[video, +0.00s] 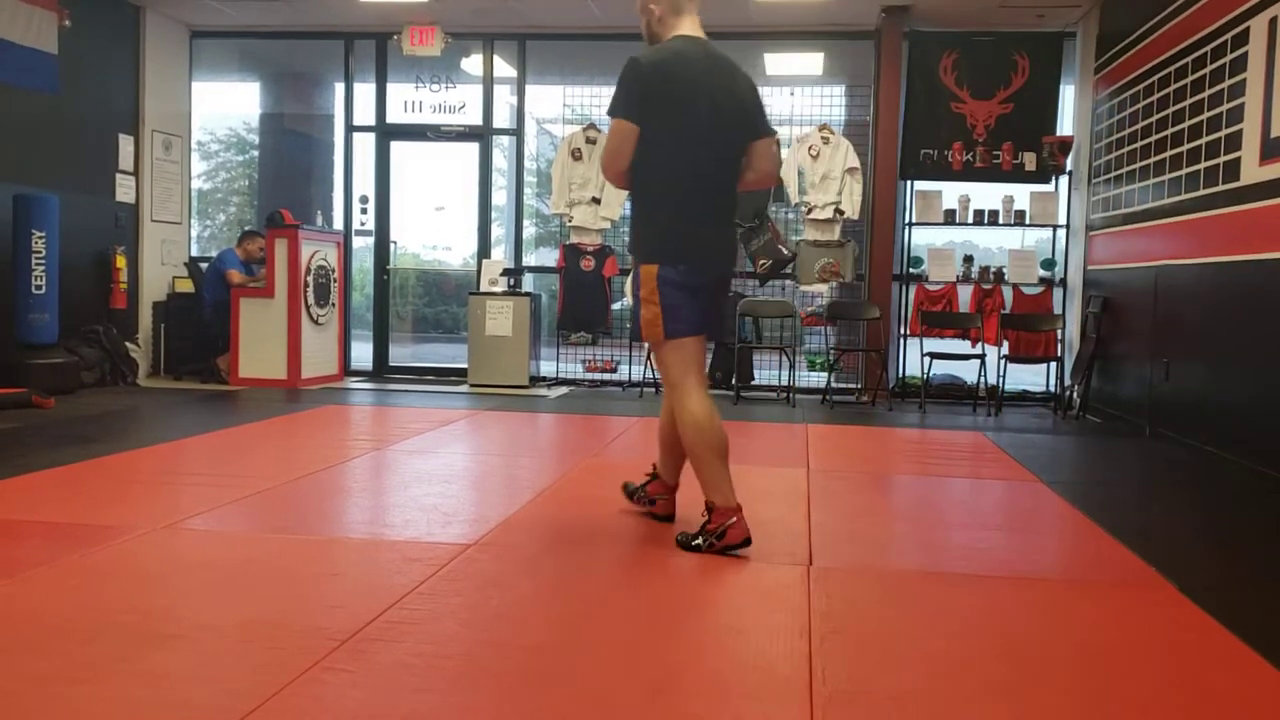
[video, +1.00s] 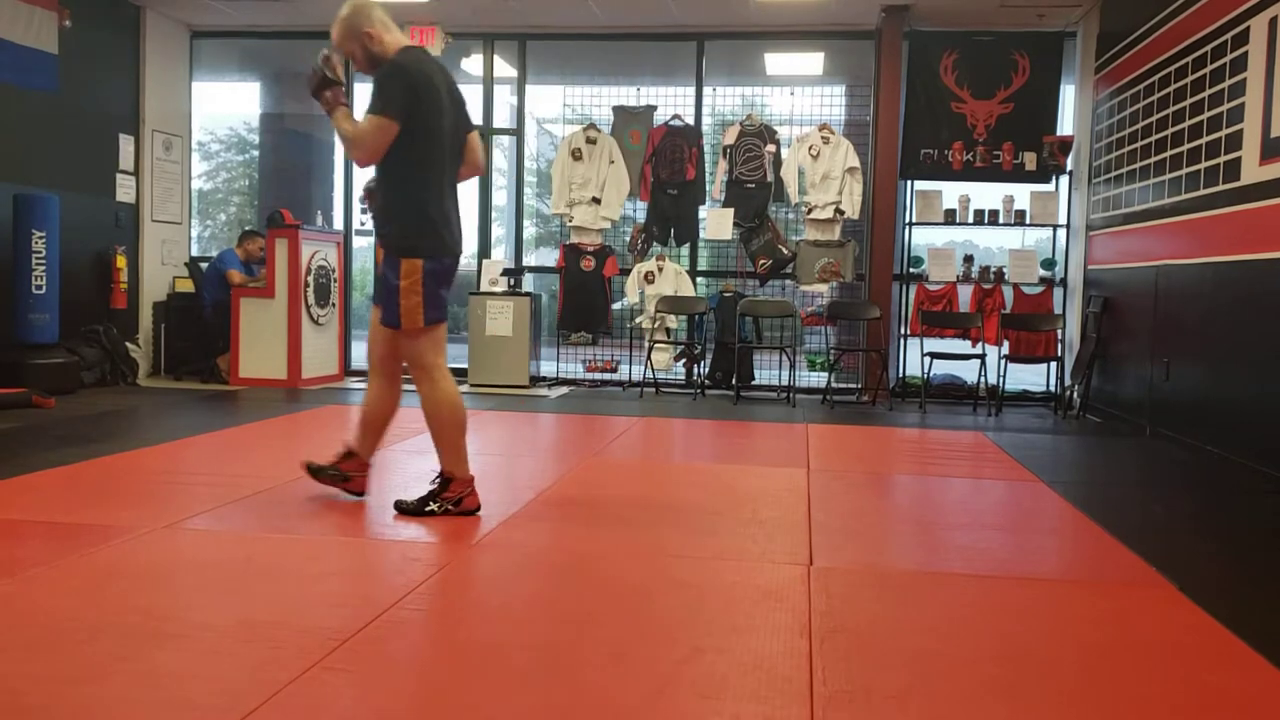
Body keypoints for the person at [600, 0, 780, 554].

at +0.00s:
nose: (640, 23)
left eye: (640, 15)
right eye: (641, 15)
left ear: (654, 11)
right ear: (696, 13)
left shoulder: (647, 67)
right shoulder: (739, 78)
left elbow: (615, 167)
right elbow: (764, 172)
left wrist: (653, 181)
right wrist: (706, 179)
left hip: (666, 245)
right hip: (715, 245)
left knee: (687, 381)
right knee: (681, 375)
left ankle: (725, 515)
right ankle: (662, 487)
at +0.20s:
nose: (594, 54)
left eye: (591, 44)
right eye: (589, 47)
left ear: (606, 24)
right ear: (635, 18)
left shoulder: (620, 71)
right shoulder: (683, 77)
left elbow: (589, 165)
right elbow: (694, 177)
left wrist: (582, 139)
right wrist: (627, 170)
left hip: (625, 242)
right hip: (673, 243)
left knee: (581, 364)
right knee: (652, 363)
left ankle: (663, 457)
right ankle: (658, 490)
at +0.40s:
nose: (540, 61)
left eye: (537, 50)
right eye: (534, 52)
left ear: (557, 31)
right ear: (571, 25)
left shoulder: (585, 71)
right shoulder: (617, 70)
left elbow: (562, 158)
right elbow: (618, 152)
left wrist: (544, 141)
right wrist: (555, 137)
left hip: (584, 238)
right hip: (626, 240)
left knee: (524, 350)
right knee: (628, 363)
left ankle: (530, 479)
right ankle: (651, 486)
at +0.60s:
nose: (473, 68)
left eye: (470, 56)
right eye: (467, 59)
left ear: (493, 36)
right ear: (502, 34)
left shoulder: (517, 83)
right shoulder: (552, 77)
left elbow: (514, 175)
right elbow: (548, 169)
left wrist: (472, 174)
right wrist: (487, 166)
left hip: (517, 253)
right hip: (562, 250)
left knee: (487, 372)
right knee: (579, 364)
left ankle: (462, 487)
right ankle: (636, 470)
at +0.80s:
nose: (408, 58)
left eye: (405, 46)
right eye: (402, 50)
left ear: (427, 26)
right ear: (441, 22)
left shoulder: (451, 68)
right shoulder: (500, 73)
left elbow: (444, 156)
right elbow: (526, 162)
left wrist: (408, 153)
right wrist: (445, 171)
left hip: (462, 241)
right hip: (492, 238)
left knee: (458, 361)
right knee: (467, 348)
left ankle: (460, 486)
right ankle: (516, 441)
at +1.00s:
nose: (356, 70)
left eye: (353, 59)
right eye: (351, 63)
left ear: (370, 37)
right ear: (383, 34)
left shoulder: (403, 71)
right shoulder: (436, 74)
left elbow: (364, 150)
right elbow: (472, 160)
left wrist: (336, 107)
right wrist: (397, 186)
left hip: (416, 243)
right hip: (415, 240)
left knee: (427, 365)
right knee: (384, 358)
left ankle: (458, 486)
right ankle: (355, 465)